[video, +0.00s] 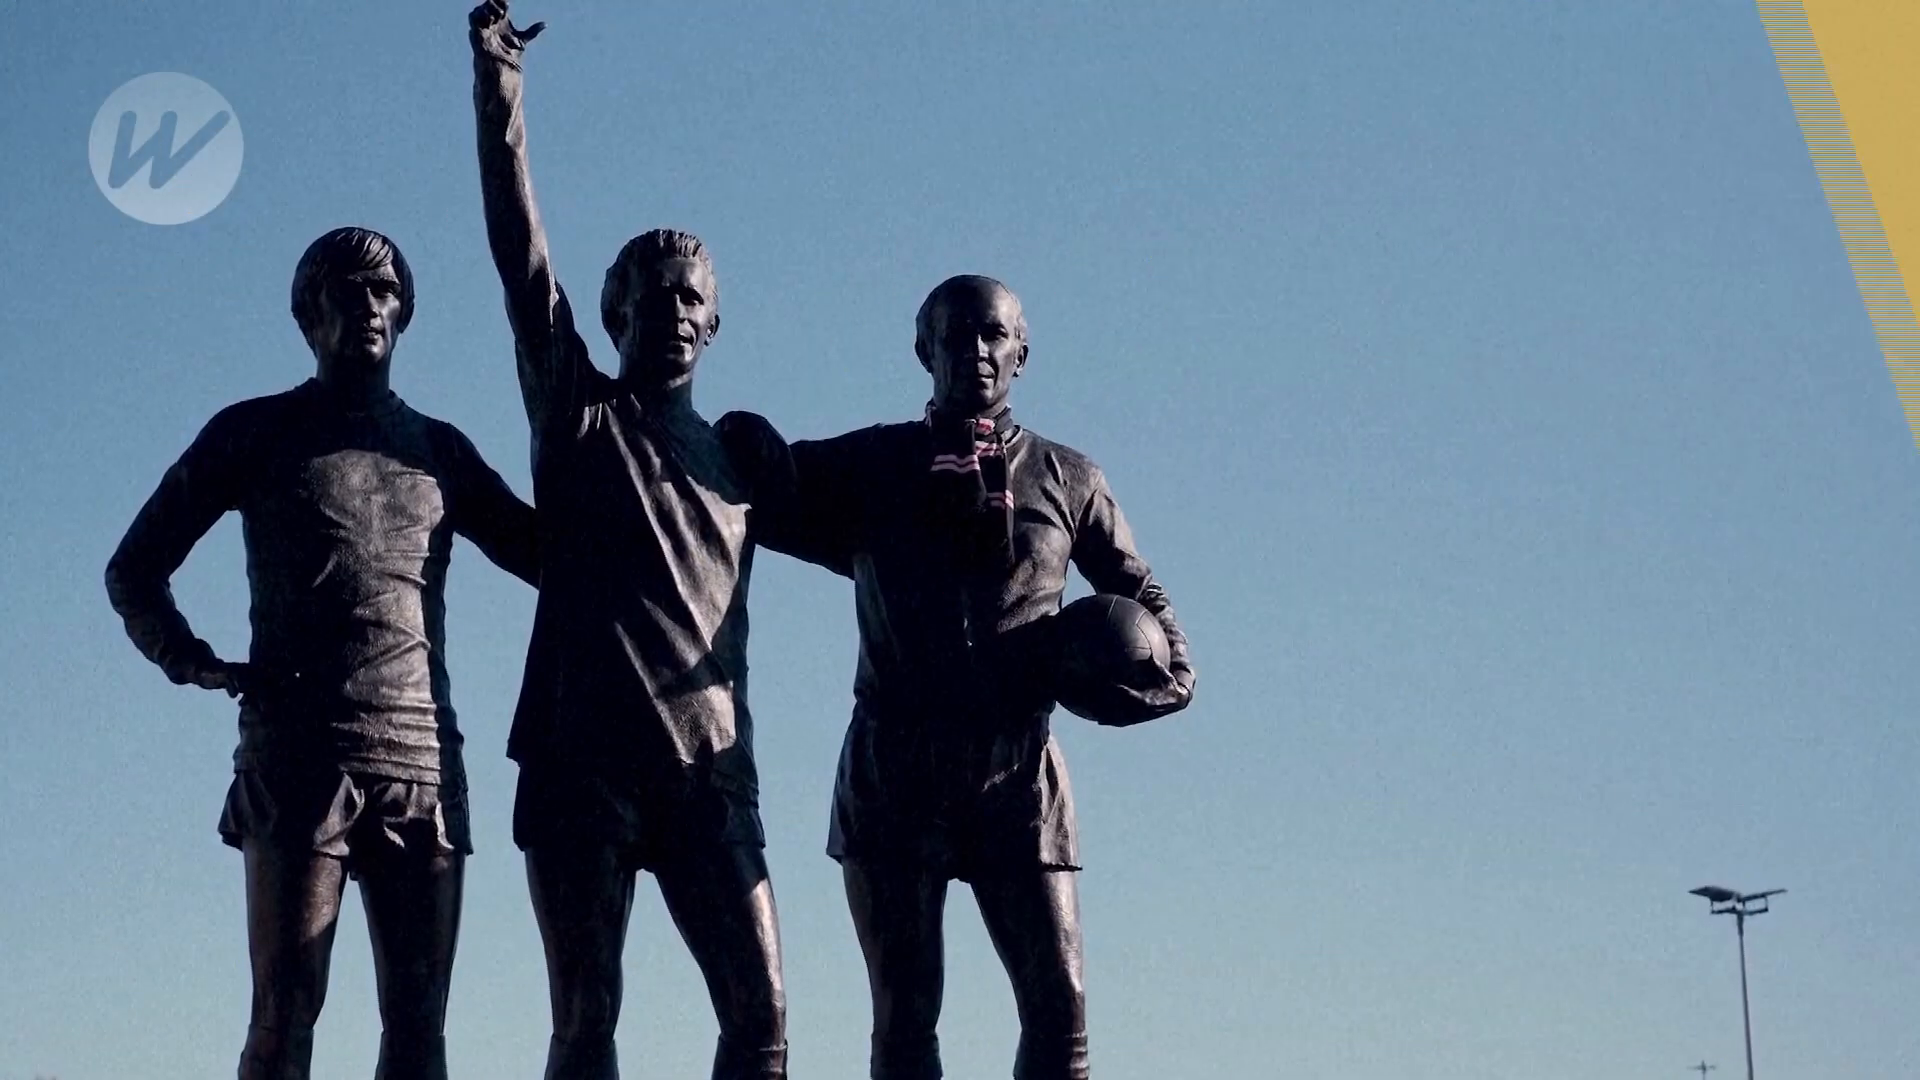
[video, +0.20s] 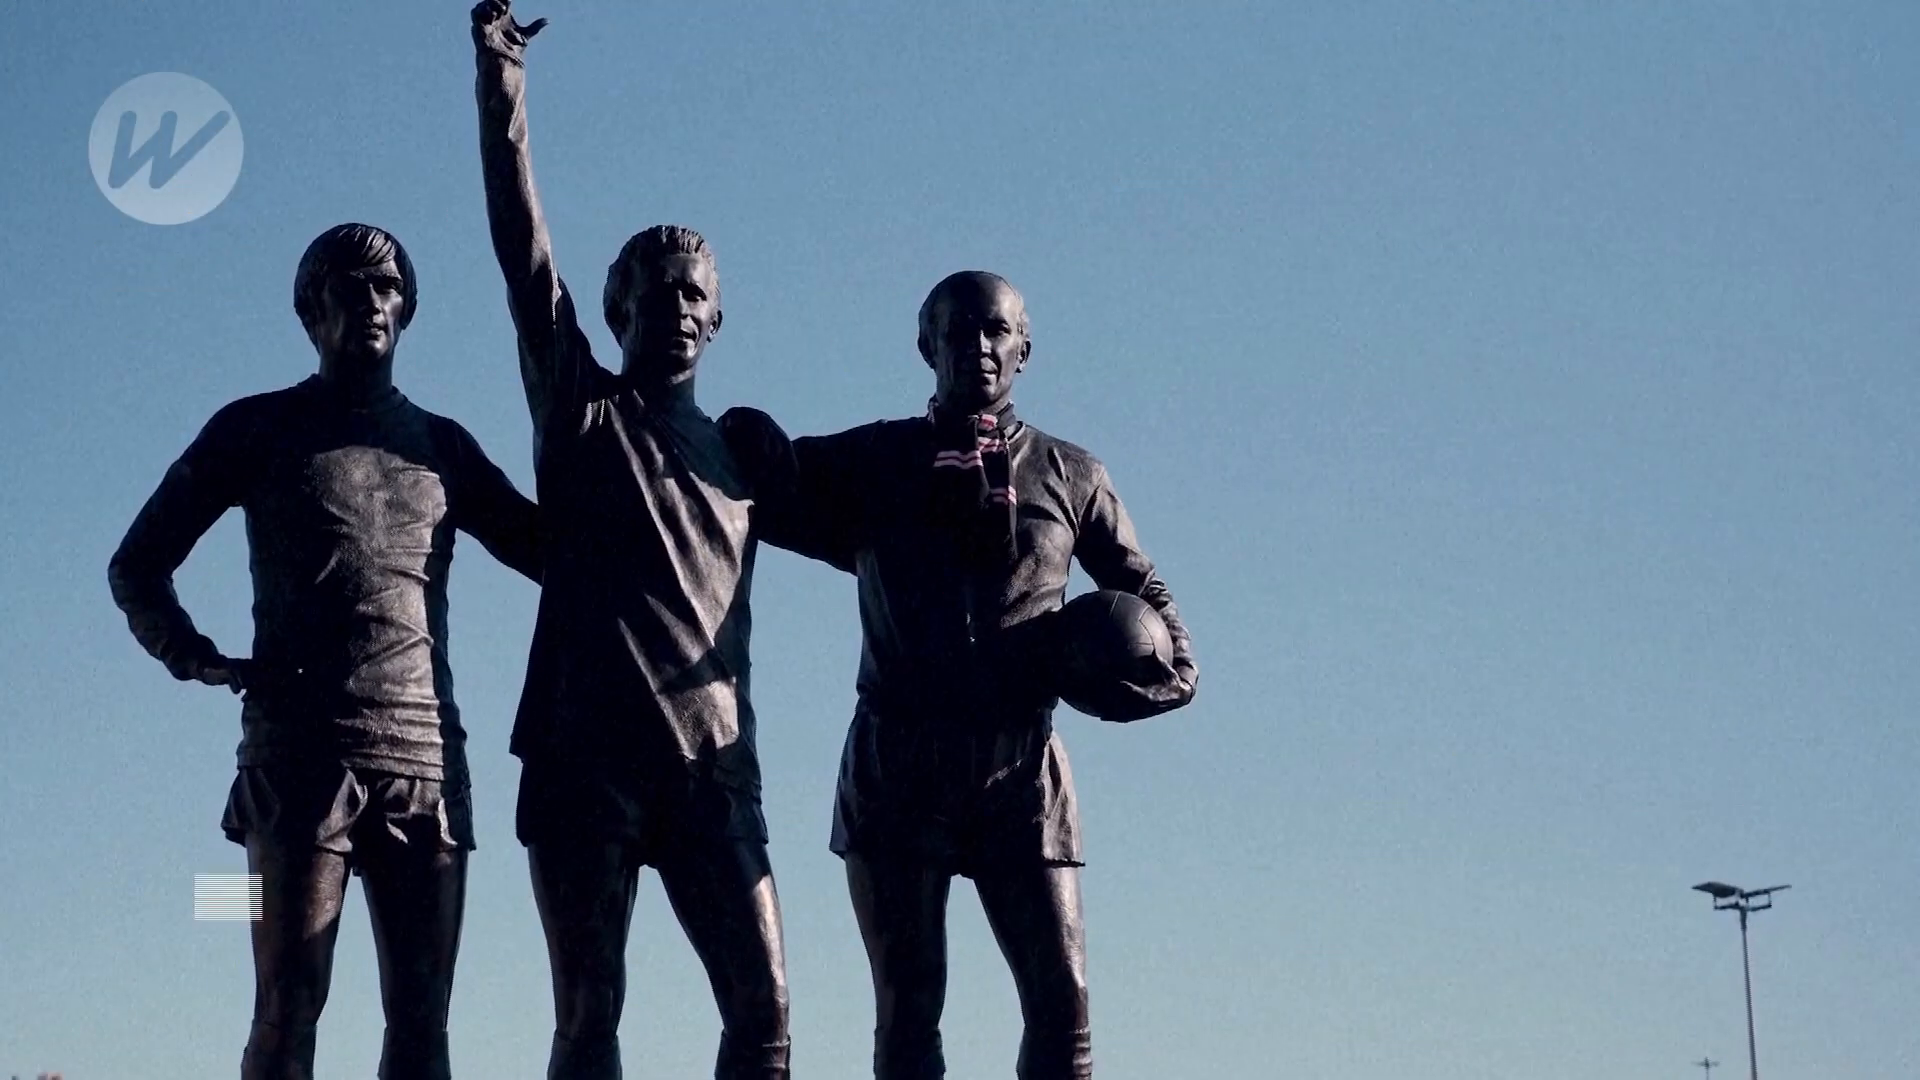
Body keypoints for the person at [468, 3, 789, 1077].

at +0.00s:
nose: (682, 312)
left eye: (697, 299)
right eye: (663, 293)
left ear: (715, 324)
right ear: (614, 310)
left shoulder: (745, 453)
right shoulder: (569, 409)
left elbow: (869, 541)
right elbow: (519, 253)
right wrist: (500, 94)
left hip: (707, 765)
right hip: (577, 758)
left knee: (760, 1014)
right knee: (586, 1020)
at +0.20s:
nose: (685, 309)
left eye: (700, 296)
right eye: (665, 290)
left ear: (718, 320)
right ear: (616, 305)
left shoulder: (746, 450)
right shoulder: (572, 407)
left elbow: (872, 534)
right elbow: (522, 250)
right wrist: (503, 92)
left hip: (710, 762)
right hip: (581, 755)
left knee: (763, 1013)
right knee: (589, 1016)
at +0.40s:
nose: (688, 304)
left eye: (702, 292)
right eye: (668, 287)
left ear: (719, 317)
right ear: (620, 303)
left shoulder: (747, 447)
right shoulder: (573, 403)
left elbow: (874, 535)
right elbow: (525, 247)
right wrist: (506, 82)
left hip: (714, 759)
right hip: (585, 753)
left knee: (767, 1012)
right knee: (592, 1016)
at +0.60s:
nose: (690, 309)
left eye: (705, 296)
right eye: (670, 291)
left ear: (724, 320)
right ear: (622, 307)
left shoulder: (752, 451)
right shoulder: (578, 408)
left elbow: (877, 536)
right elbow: (528, 252)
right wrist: (509, 87)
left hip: (715, 762)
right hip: (587, 754)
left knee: (770, 1012)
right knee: (596, 1014)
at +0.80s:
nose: (691, 310)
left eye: (706, 298)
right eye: (671, 292)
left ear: (724, 322)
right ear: (622, 307)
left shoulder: (753, 452)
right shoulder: (578, 408)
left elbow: (876, 537)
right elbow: (528, 251)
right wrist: (509, 90)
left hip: (716, 763)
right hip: (587, 755)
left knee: (770, 1011)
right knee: (597, 1018)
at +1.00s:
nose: (690, 312)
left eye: (705, 299)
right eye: (670, 294)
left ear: (723, 324)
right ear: (620, 311)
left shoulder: (751, 455)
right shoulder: (577, 410)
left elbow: (874, 540)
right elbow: (526, 251)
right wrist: (508, 97)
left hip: (716, 766)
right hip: (586, 758)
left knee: (769, 1015)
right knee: (595, 1023)